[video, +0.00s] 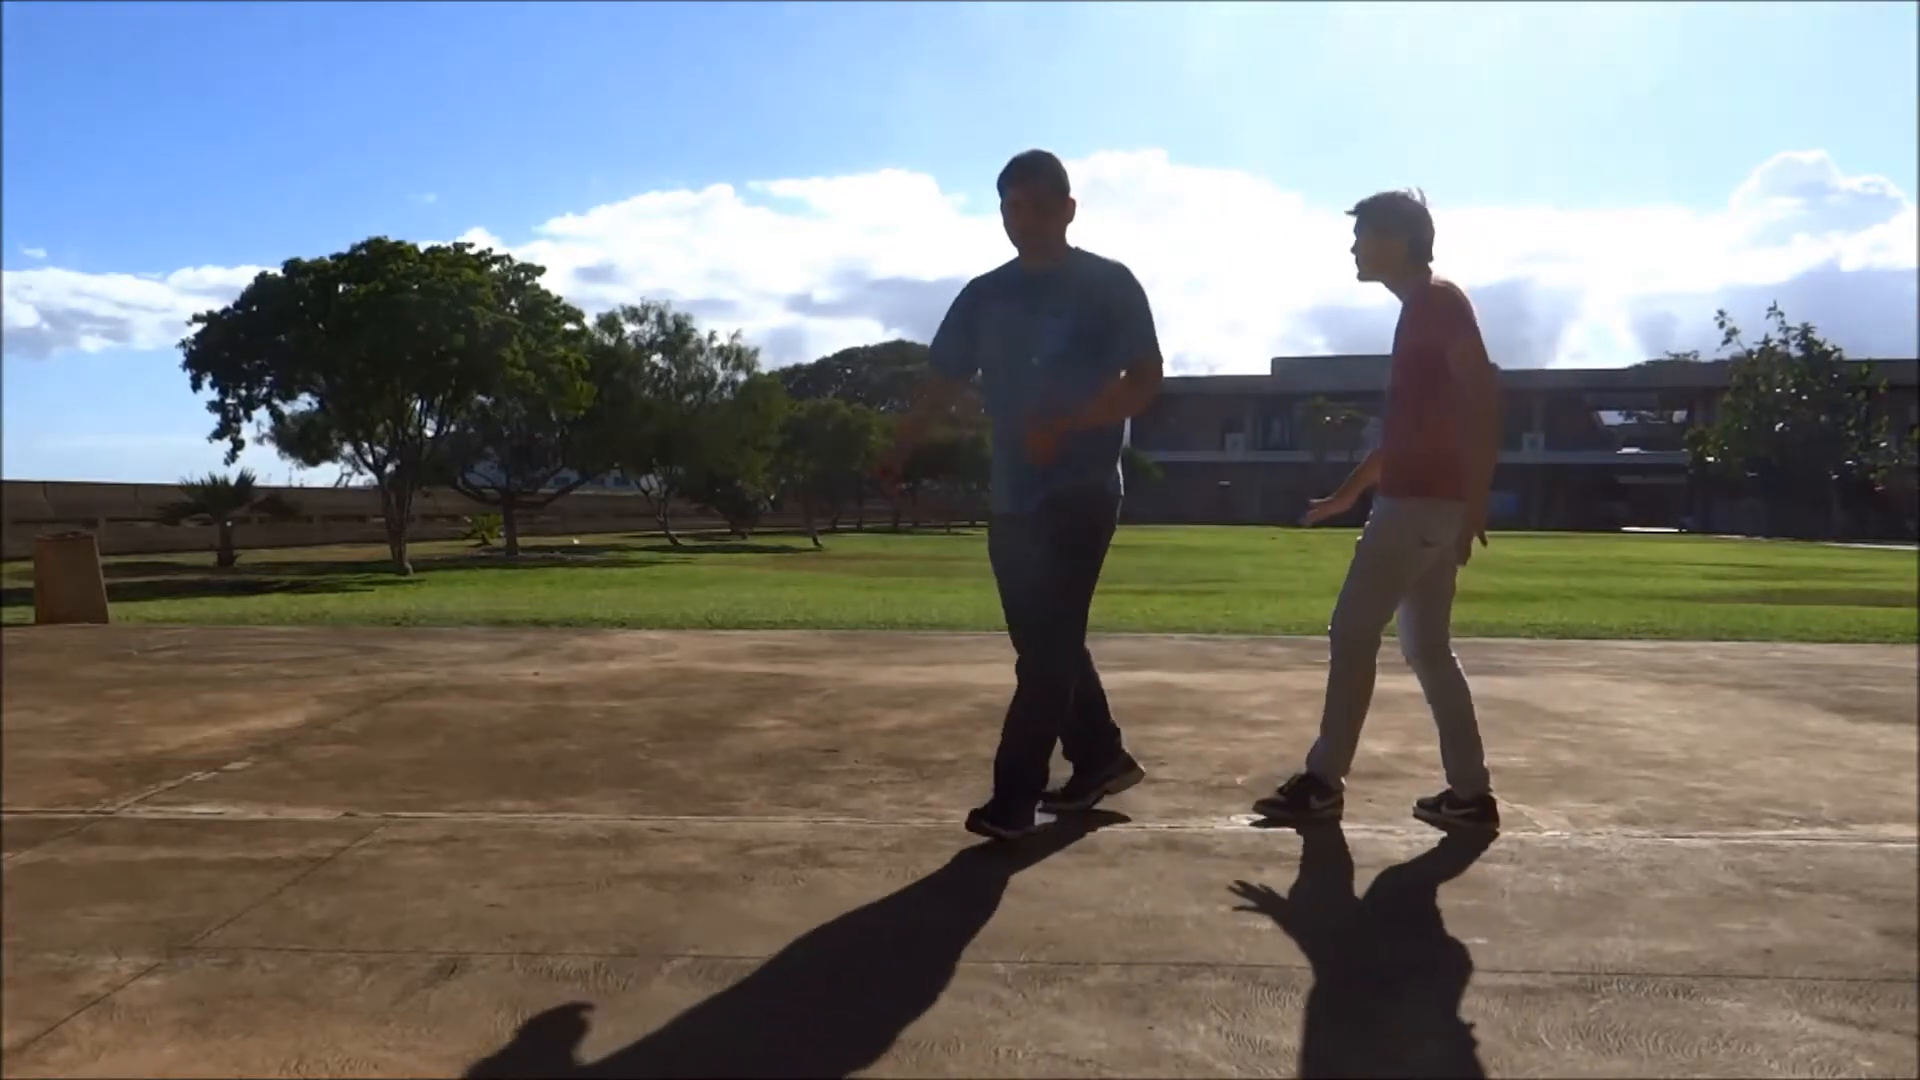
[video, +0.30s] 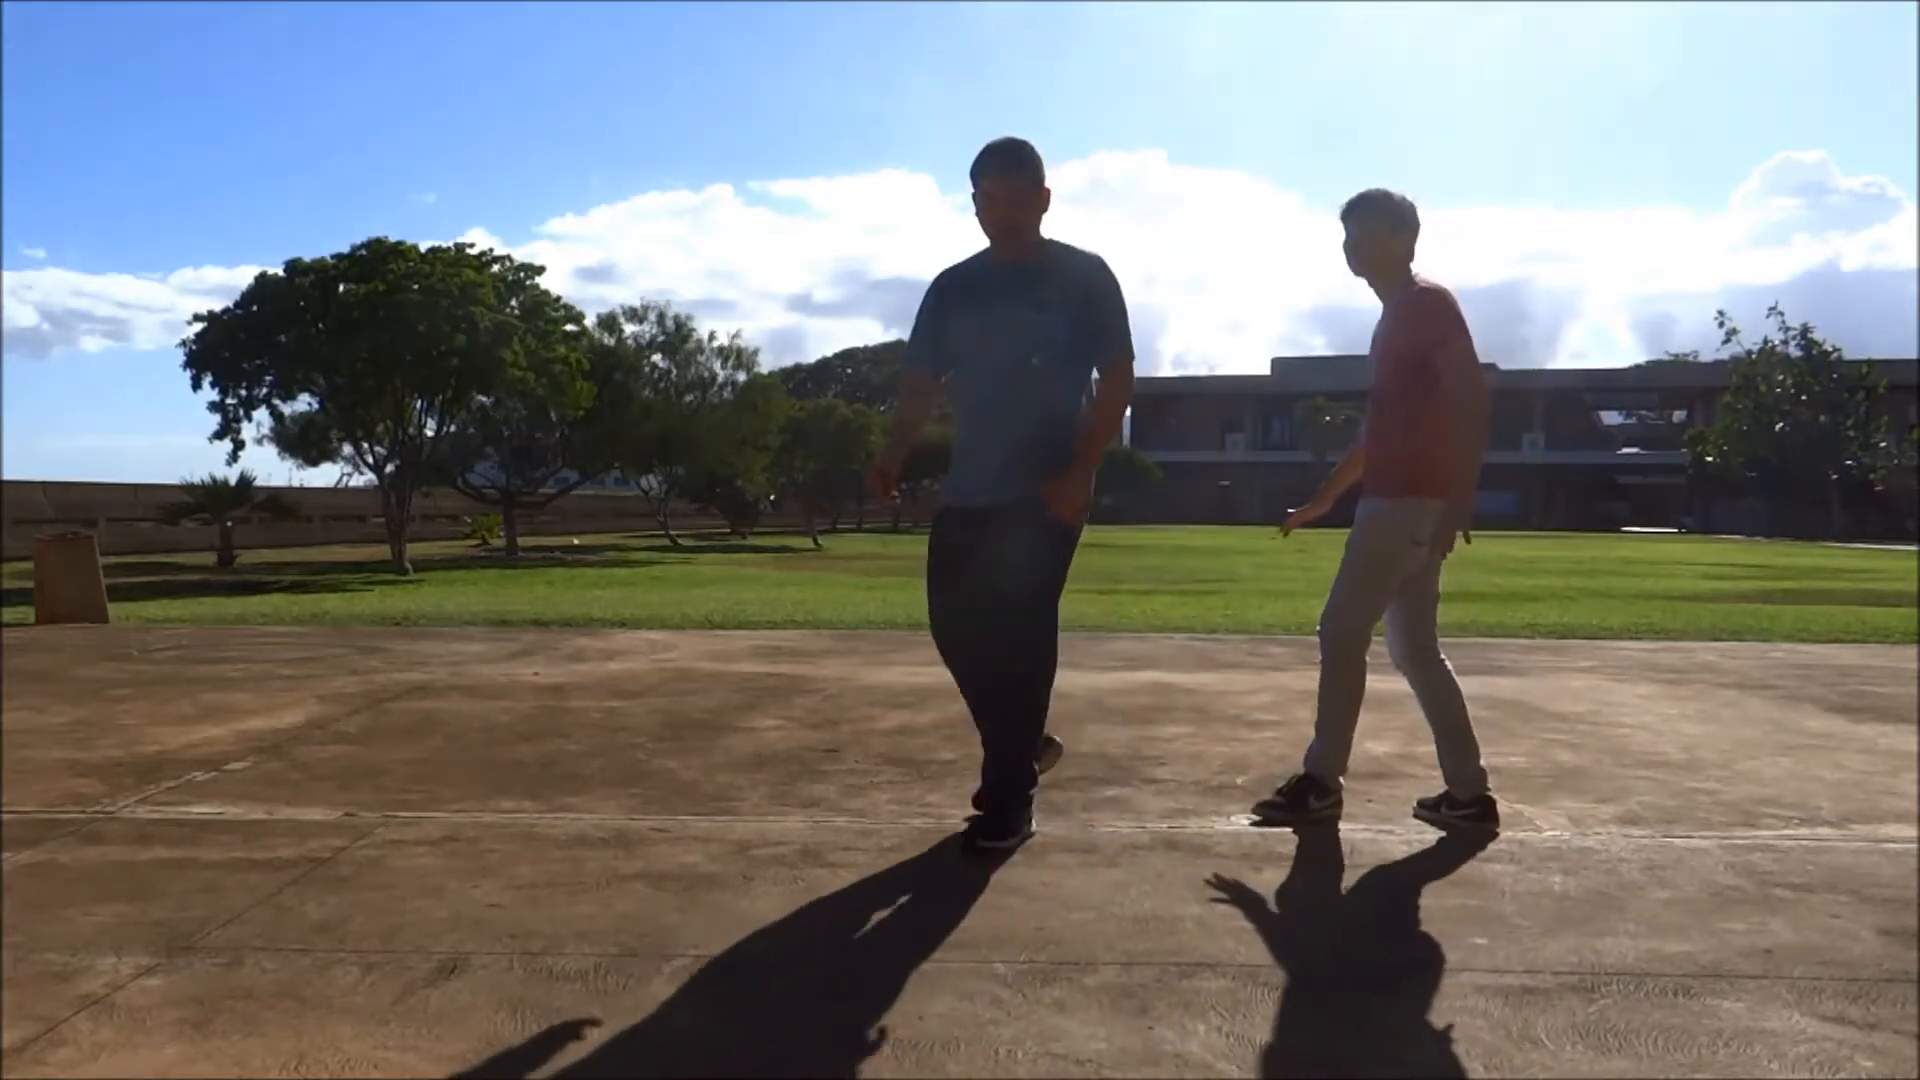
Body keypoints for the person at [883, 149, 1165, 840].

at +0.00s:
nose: (1017, 214)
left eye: (1031, 200)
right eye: (1008, 203)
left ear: (1066, 205)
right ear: (1000, 210)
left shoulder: (1111, 284)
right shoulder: (984, 295)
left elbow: (1145, 379)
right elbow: (937, 384)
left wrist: (1078, 421)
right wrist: (898, 450)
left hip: (1083, 492)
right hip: (1012, 496)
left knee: (1049, 637)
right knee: (1041, 635)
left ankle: (1015, 800)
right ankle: (1101, 756)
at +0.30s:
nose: (994, 206)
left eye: (1009, 192)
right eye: (983, 194)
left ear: (1042, 194)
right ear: (972, 200)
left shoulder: (1086, 277)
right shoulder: (952, 286)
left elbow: (1117, 378)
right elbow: (919, 383)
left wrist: (1081, 472)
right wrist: (896, 452)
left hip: (1045, 490)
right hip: (967, 492)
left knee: (1020, 634)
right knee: (954, 626)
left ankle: (1005, 803)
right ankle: (1024, 740)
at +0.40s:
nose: (982, 202)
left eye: (996, 188)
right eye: (971, 191)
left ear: (1032, 191)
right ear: (962, 199)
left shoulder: (1075, 274)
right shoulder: (942, 285)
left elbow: (1105, 382)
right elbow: (913, 390)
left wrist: (1086, 476)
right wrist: (890, 465)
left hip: (1037, 494)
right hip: (955, 494)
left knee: (1018, 647)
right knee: (935, 634)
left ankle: (1007, 802)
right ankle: (954, 767)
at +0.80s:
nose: (921, 205)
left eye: (937, 189)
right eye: (911, 192)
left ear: (975, 190)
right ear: (901, 198)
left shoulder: (1025, 277)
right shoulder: (880, 286)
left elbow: (1053, 388)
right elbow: (863, 400)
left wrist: (1044, 484)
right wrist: (845, 494)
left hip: (989, 505)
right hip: (899, 506)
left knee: (994, 664)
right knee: (872, 662)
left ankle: (1005, 805)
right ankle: (839, 813)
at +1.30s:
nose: (838, 188)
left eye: (853, 172)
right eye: (825, 175)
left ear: (886, 173)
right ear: (810, 180)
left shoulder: (934, 262)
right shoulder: (779, 270)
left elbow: (959, 375)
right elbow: (742, 382)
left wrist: (924, 477)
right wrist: (719, 479)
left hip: (912, 498)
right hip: (814, 504)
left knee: (920, 659)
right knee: (816, 667)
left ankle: (950, 804)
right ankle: (831, 818)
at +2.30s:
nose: (760, 191)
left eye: (759, 170)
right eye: (753, 175)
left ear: (798, 147)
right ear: (797, 152)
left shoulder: (881, 219)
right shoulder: (812, 252)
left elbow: (880, 348)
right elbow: (809, 386)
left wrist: (840, 462)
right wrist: (778, 493)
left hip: (876, 499)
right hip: (814, 502)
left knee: (878, 676)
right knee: (780, 662)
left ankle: (887, 871)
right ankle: (750, 829)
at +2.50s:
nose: (741, 202)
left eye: (736, 180)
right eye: (732, 186)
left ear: (768, 151)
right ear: (783, 149)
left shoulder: (835, 213)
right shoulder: (849, 228)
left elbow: (807, 346)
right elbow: (853, 371)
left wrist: (734, 458)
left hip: (848, 502)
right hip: (813, 504)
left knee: (864, 682)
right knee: (770, 665)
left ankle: (885, 871)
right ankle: (729, 832)